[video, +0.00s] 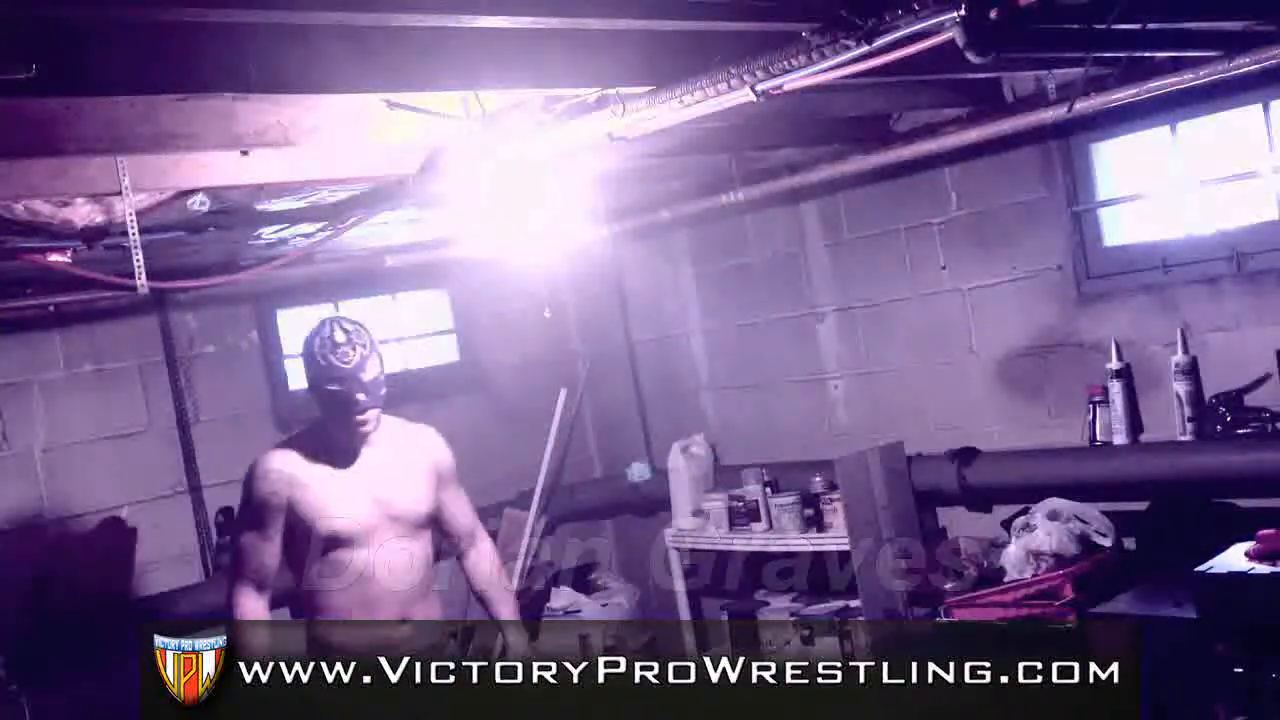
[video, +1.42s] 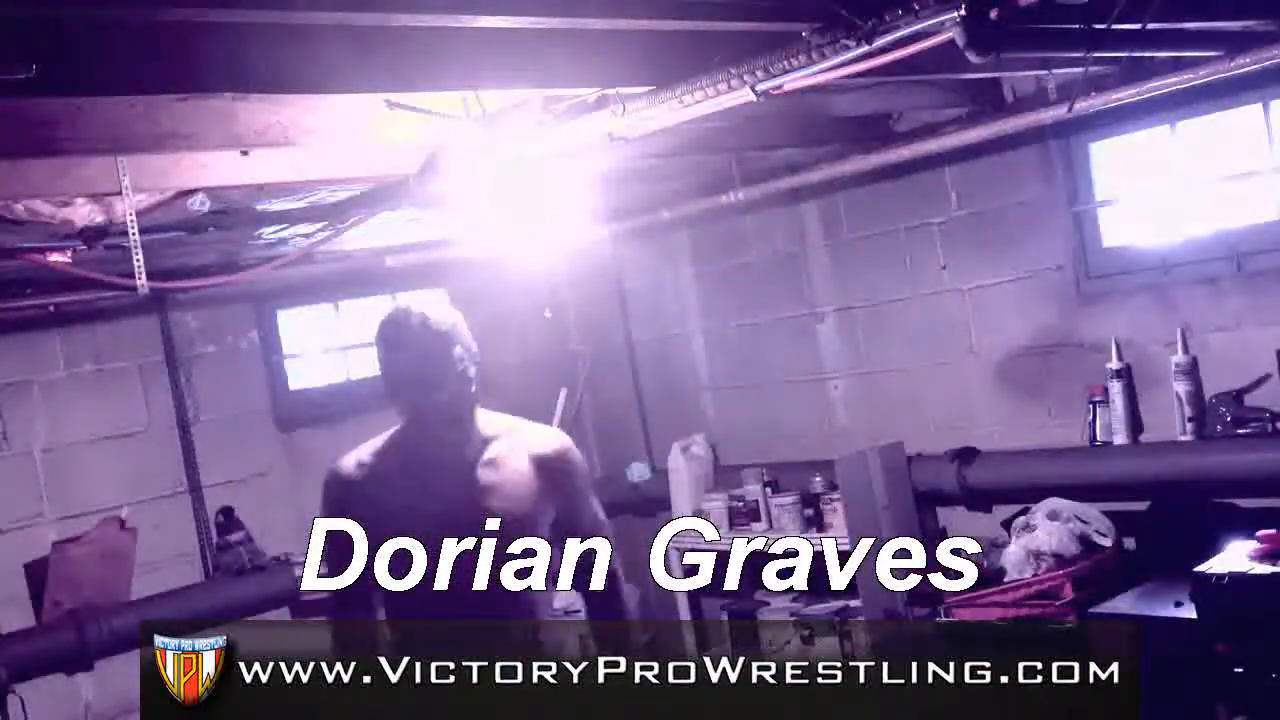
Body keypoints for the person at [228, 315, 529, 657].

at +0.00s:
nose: (361, 402)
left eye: (371, 385)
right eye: (342, 391)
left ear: (384, 377)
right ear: (316, 393)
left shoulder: (426, 447)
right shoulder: (280, 473)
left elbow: (473, 545)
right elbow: (253, 590)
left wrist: (519, 641)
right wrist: (260, 687)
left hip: (430, 656)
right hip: (337, 665)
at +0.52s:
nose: (379, 417)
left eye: (389, 400)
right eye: (361, 405)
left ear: (404, 385)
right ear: (331, 403)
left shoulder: (455, 455)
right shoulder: (291, 481)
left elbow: (518, 561)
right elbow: (258, 595)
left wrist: (543, 658)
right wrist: (291, 683)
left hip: (458, 668)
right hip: (347, 677)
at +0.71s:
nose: (424, 422)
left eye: (431, 405)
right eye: (408, 413)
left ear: (443, 378)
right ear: (368, 395)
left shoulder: (497, 454)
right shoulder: (327, 470)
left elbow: (563, 545)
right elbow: (287, 573)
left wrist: (549, 583)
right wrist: (308, 574)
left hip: (502, 665)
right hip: (384, 671)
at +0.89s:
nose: (464, 376)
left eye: (466, 361)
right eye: (443, 369)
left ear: (476, 352)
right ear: (405, 376)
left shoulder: (539, 440)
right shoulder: (362, 458)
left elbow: (608, 516)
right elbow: (310, 582)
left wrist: (575, 547)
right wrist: (330, 573)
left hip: (527, 660)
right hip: (416, 665)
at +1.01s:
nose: (457, 387)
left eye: (466, 364)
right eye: (438, 372)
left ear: (483, 354)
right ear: (408, 374)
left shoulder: (549, 437)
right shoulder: (369, 459)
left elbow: (626, 515)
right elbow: (325, 566)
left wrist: (620, 557)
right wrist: (343, 606)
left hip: (534, 660)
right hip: (421, 666)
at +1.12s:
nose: (447, 377)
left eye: (459, 358)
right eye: (427, 364)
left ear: (484, 355)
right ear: (408, 372)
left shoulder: (558, 441)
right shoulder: (376, 464)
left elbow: (635, 533)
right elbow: (335, 600)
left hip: (536, 671)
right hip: (427, 677)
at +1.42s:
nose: (438, 397)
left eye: (449, 376)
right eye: (420, 382)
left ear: (473, 366)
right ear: (393, 386)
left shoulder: (546, 453)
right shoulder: (355, 478)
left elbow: (601, 580)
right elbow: (351, 621)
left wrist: (619, 678)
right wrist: (371, 700)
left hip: (535, 672)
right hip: (417, 679)